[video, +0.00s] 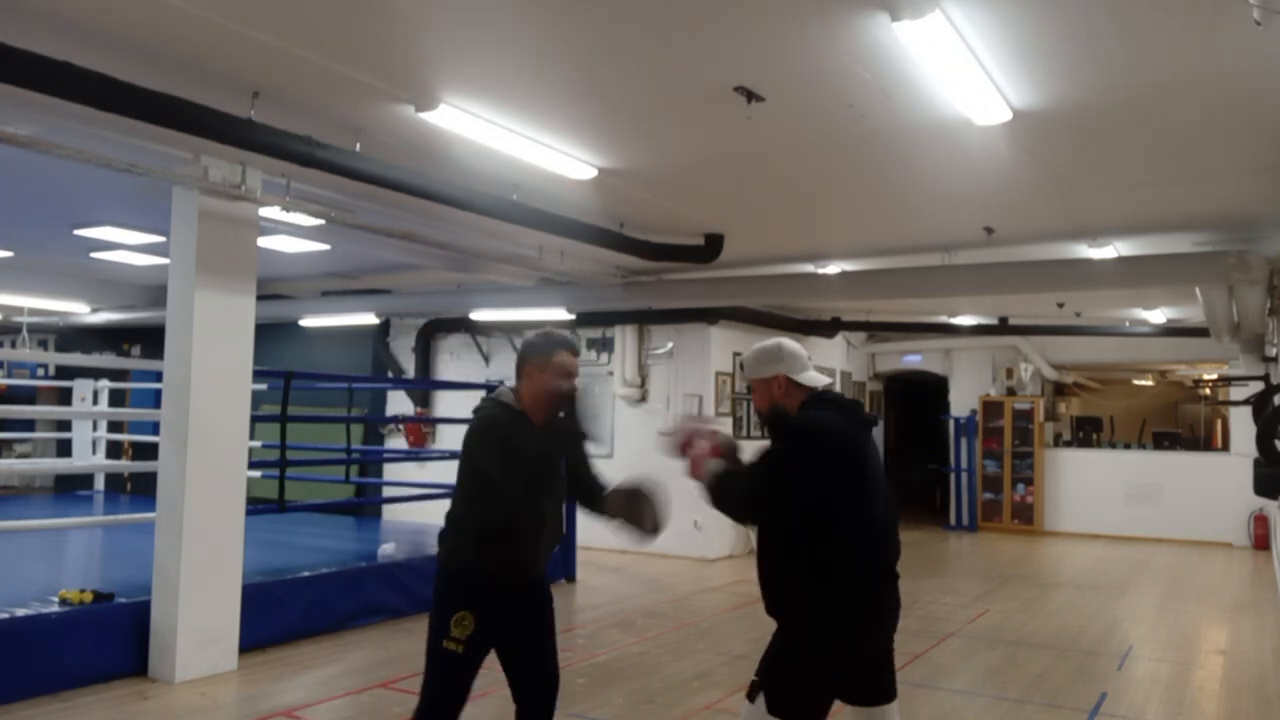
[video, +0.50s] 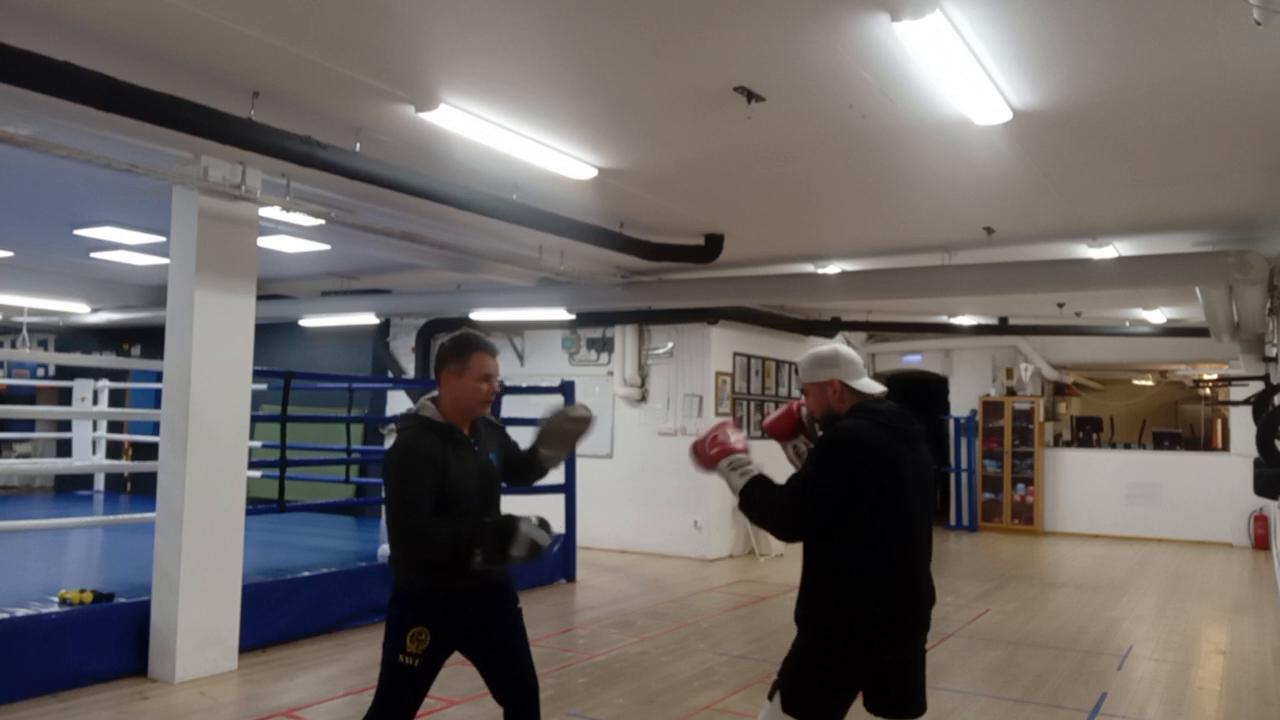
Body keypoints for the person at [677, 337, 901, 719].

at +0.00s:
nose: (753, 403)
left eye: (754, 390)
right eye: (752, 392)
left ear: (779, 384)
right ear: (785, 383)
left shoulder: (806, 433)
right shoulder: (843, 424)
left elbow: (754, 503)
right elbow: (778, 489)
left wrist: (711, 472)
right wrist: (730, 461)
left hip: (822, 613)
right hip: (867, 606)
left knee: (766, 709)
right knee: (874, 709)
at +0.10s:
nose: (755, 405)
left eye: (756, 393)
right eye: (753, 395)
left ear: (781, 386)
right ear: (786, 385)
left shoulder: (822, 437)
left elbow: (783, 530)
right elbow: (756, 455)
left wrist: (736, 469)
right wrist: (684, 457)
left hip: (829, 615)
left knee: (768, 709)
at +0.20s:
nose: (765, 407)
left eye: (766, 393)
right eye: (763, 395)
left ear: (791, 386)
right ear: (798, 384)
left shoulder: (823, 437)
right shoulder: (857, 424)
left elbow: (781, 531)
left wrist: (744, 460)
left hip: (826, 625)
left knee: (769, 710)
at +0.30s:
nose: (784, 404)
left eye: (784, 391)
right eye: (781, 393)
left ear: (809, 384)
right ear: (821, 382)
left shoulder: (825, 436)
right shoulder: (885, 424)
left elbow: (777, 527)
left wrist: (743, 457)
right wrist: (781, 456)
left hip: (828, 621)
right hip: (892, 613)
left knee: (775, 712)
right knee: (897, 712)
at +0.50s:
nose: (805, 405)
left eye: (807, 393)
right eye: (803, 394)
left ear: (834, 388)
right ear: (843, 386)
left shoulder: (848, 438)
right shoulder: (902, 427)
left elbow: (789, 518)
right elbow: (842, 499)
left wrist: (732, 463)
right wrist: (798, 444)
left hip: (842, 621)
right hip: (903, 614)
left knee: (786, 710)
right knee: (900, 712)